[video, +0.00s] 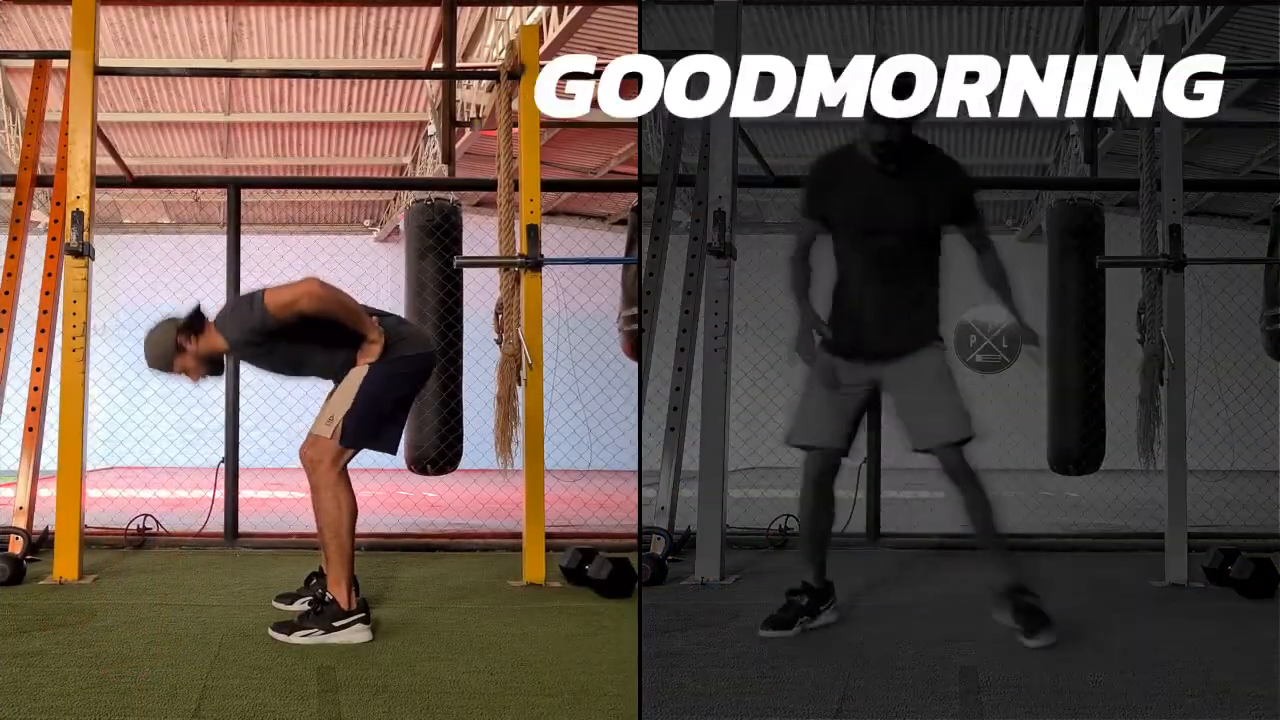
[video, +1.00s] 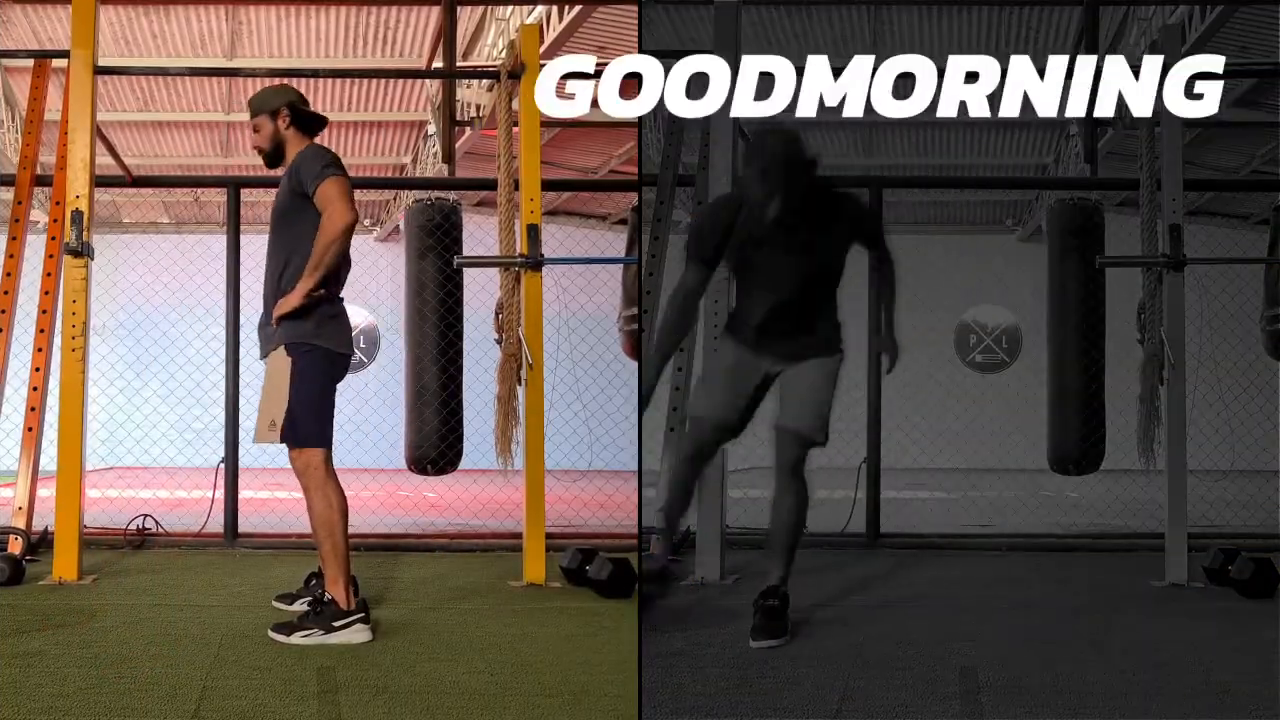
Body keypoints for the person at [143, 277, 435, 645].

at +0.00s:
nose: (188, 376)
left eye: (179, 368)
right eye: (179, 372)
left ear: (185, 343)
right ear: (188, 340)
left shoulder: (234, 323)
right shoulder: (233, 334)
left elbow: (311, 290)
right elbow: (308, 293)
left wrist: (370, 332)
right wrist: (364, 335)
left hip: (393, 352)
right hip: (380, 354)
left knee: (322, 457)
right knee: (316, 455)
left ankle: (342, 604)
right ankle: (336, 582)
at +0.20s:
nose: (191, 394)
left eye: (181, 387)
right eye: (181, 391)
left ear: (186, 363)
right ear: (188, 361)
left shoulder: (235, 336)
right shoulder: (235, 349)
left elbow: (308, 296)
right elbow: (306, 300)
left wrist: (368, 334)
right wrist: (364, 337)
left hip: (394, 353)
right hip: (383, 355)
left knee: (319, 457)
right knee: (317, 456)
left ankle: (343, 605)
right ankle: (335, 581)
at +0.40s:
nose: (175, 300)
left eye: (170, 289)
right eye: (169, 293)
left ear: (182, 272)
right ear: (184, 270)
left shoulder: (234, 268)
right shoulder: (235, 280)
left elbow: (317, 256)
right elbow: (314, 258)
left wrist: (360, 319)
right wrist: (344, 333)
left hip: (375, 345)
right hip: (367, 346)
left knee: (315, 457)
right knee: (317, 457)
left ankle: (342, 603)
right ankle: (336, 582)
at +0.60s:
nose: (192, 194)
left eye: (191, 182)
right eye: (188, 185)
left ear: (212, 167)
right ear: (215, 167)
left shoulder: (264, 187)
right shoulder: (255, 202)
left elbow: (334, 212)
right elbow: (329, 217)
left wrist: (337, 294)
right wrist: (324, 302)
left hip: (347, 340)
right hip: (337, 341)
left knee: (312, 458)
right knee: (312, 457)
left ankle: (341, 604)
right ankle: (336, 581)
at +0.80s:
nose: (228, 142)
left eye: (232, 131)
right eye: (227, 132)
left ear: (258, 124)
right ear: (262, 124)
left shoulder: (295, 158)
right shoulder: (287, 167)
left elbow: (339, 210)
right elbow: (333, 222)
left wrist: (313, 288)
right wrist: (306, 293)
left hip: (321, 339)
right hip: (317, 339)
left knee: (312, 460)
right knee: (313, 460)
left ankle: (342, 604)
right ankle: (333, 579)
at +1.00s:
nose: (252, 137)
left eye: (256, 125)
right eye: (251, 128)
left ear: (283, 119)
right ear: (284, 121)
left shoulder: (314, 160)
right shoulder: (303, 170)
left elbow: (342, 218)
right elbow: (329, 243)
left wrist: (303, 290)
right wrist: (322, 312)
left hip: (307, 340)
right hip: (304, 339)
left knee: (311, 464)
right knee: (312, 463)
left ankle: (341, 602)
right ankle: (333, 581)